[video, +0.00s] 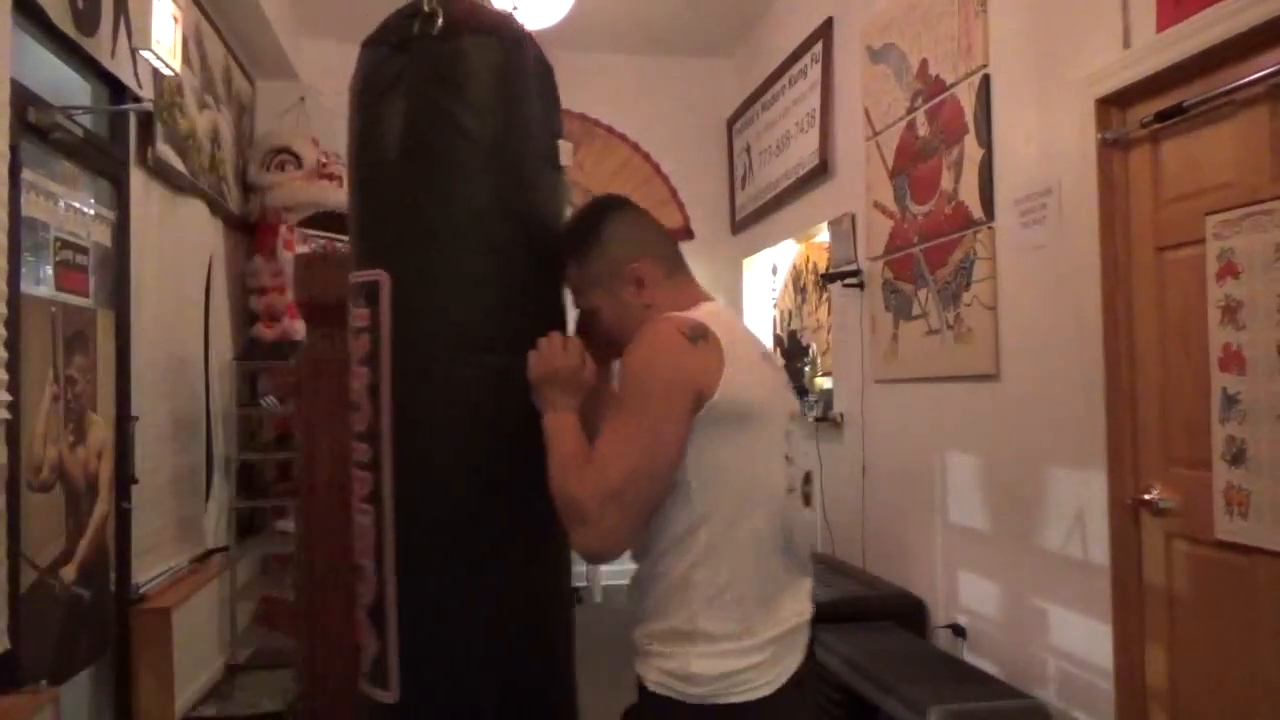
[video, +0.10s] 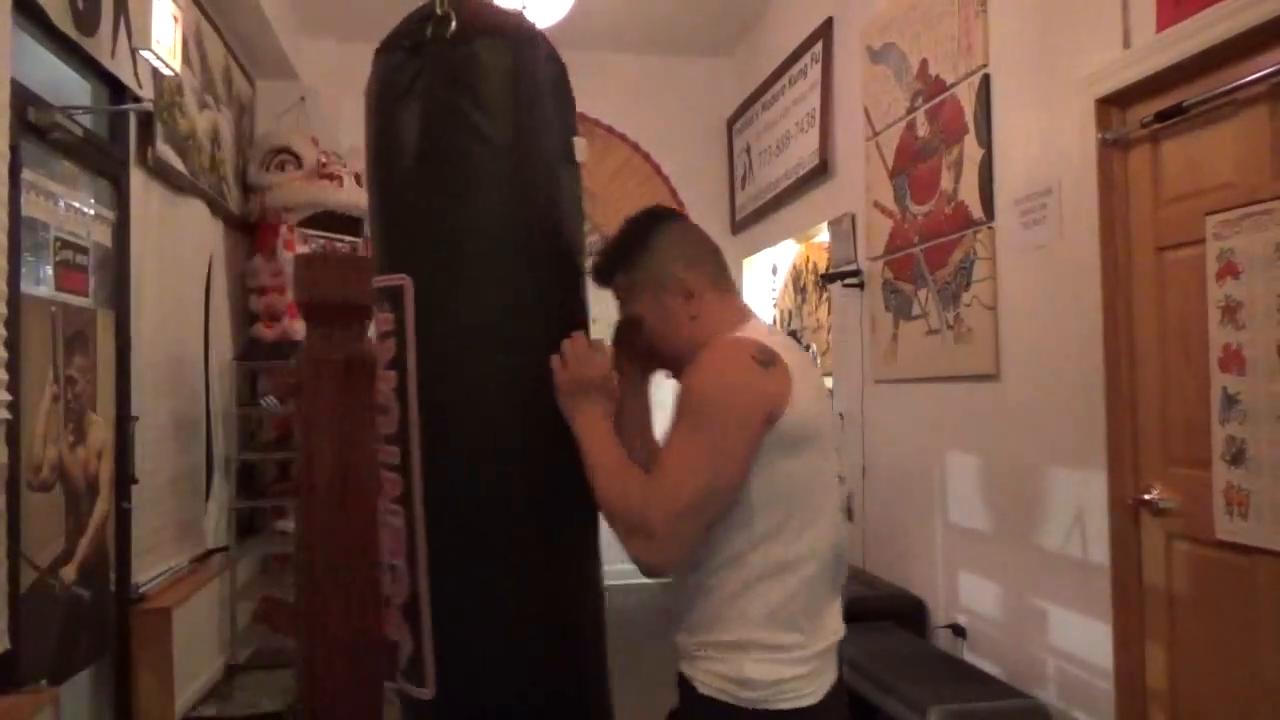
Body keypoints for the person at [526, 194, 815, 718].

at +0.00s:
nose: (583, 329)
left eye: (589, 308)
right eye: (581, 311)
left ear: (639, 284)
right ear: (645, 283)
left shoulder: (671, 342)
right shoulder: (734, 339)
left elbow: (599, 529)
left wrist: (559, 407)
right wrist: (593, 386)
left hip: (702, 690)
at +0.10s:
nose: (631, 337)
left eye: (635, 319)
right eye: (627, 322)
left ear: (686, 299)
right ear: (693, 299)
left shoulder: (735, 365)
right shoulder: (767, 354)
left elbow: (659, 543)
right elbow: (659, 510)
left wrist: (588, 414)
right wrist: (633, 383)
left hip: (748, 696)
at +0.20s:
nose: (670, 351)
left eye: (675, 334)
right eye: (666, 335)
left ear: (730, 314)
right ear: (733, 315)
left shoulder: (782, 388)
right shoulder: (788, 375)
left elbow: (718, 562)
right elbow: (673, 504)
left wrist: (607, 455)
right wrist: (664, 394)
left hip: (790, 698)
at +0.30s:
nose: (686, 337)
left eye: (691, 318)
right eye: (683, 321)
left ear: (744, 299)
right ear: (748, 300)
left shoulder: (792, 367)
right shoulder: (810, 358)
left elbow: (747, 539)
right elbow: (704, 500)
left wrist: (619, 459)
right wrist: (686, 386)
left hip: (812, 689)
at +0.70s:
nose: (686, 312)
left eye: (692, 288)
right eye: (683, 291)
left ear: (755, 268)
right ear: (757, 271)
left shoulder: (836, 367)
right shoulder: (789, 369)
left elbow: (757, 548)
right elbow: (681, 496)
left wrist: (665, 404)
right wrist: (674, 378)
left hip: (866, 692)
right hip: (818, 676)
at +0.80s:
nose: (657, 339)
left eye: (663, 315)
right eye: (654, 318)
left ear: (728, 298)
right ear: (726, 302)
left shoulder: (842, 405)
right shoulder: (741, 410)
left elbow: (757, 605)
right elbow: (668, 552)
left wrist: (657, 439)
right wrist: (646, 431)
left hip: (873, 705)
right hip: (798, 683)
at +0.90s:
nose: (620, 388)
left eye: (626, 362)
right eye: (619, 365)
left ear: (690, 346)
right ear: (692, 348)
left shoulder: (828, 446)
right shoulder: (712, 463)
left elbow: (781, 659)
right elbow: (660, 612)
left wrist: (641, 517)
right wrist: (622, 508)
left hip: (892, 707)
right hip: (810, 699)